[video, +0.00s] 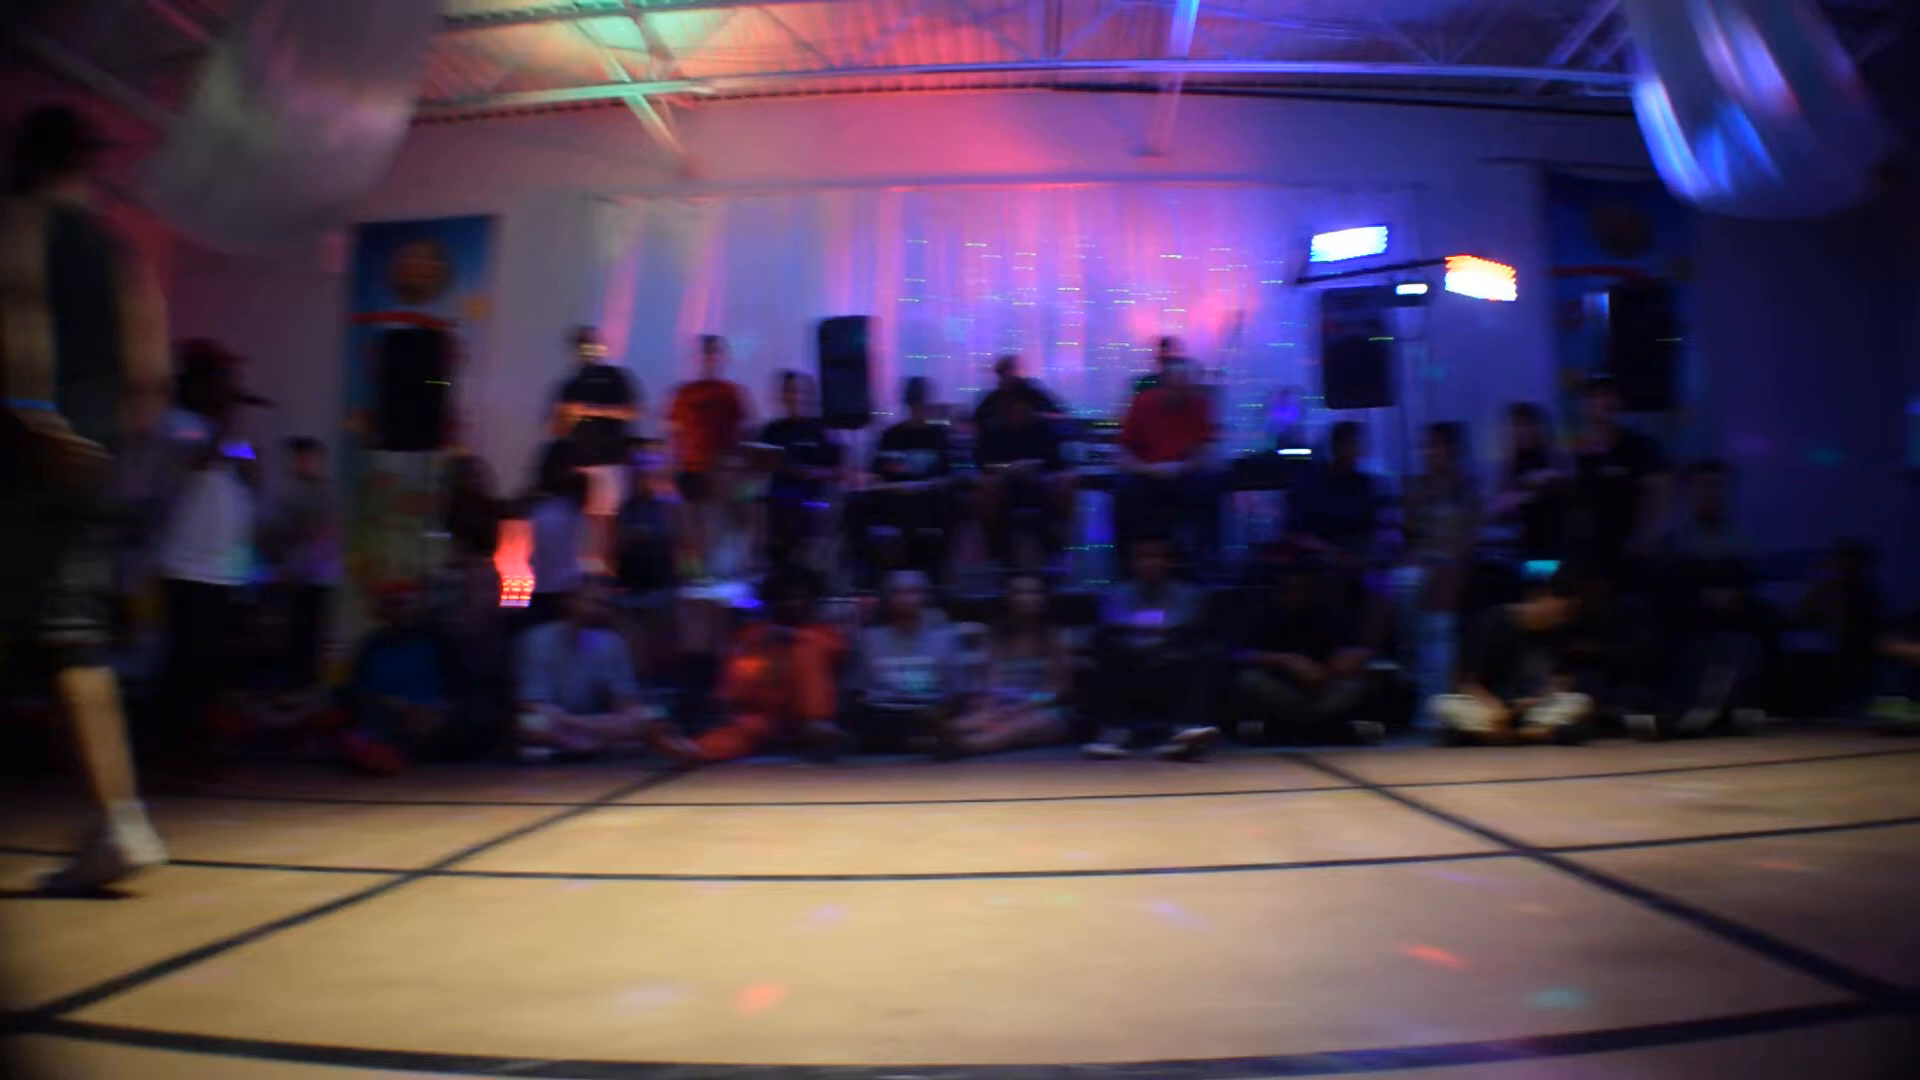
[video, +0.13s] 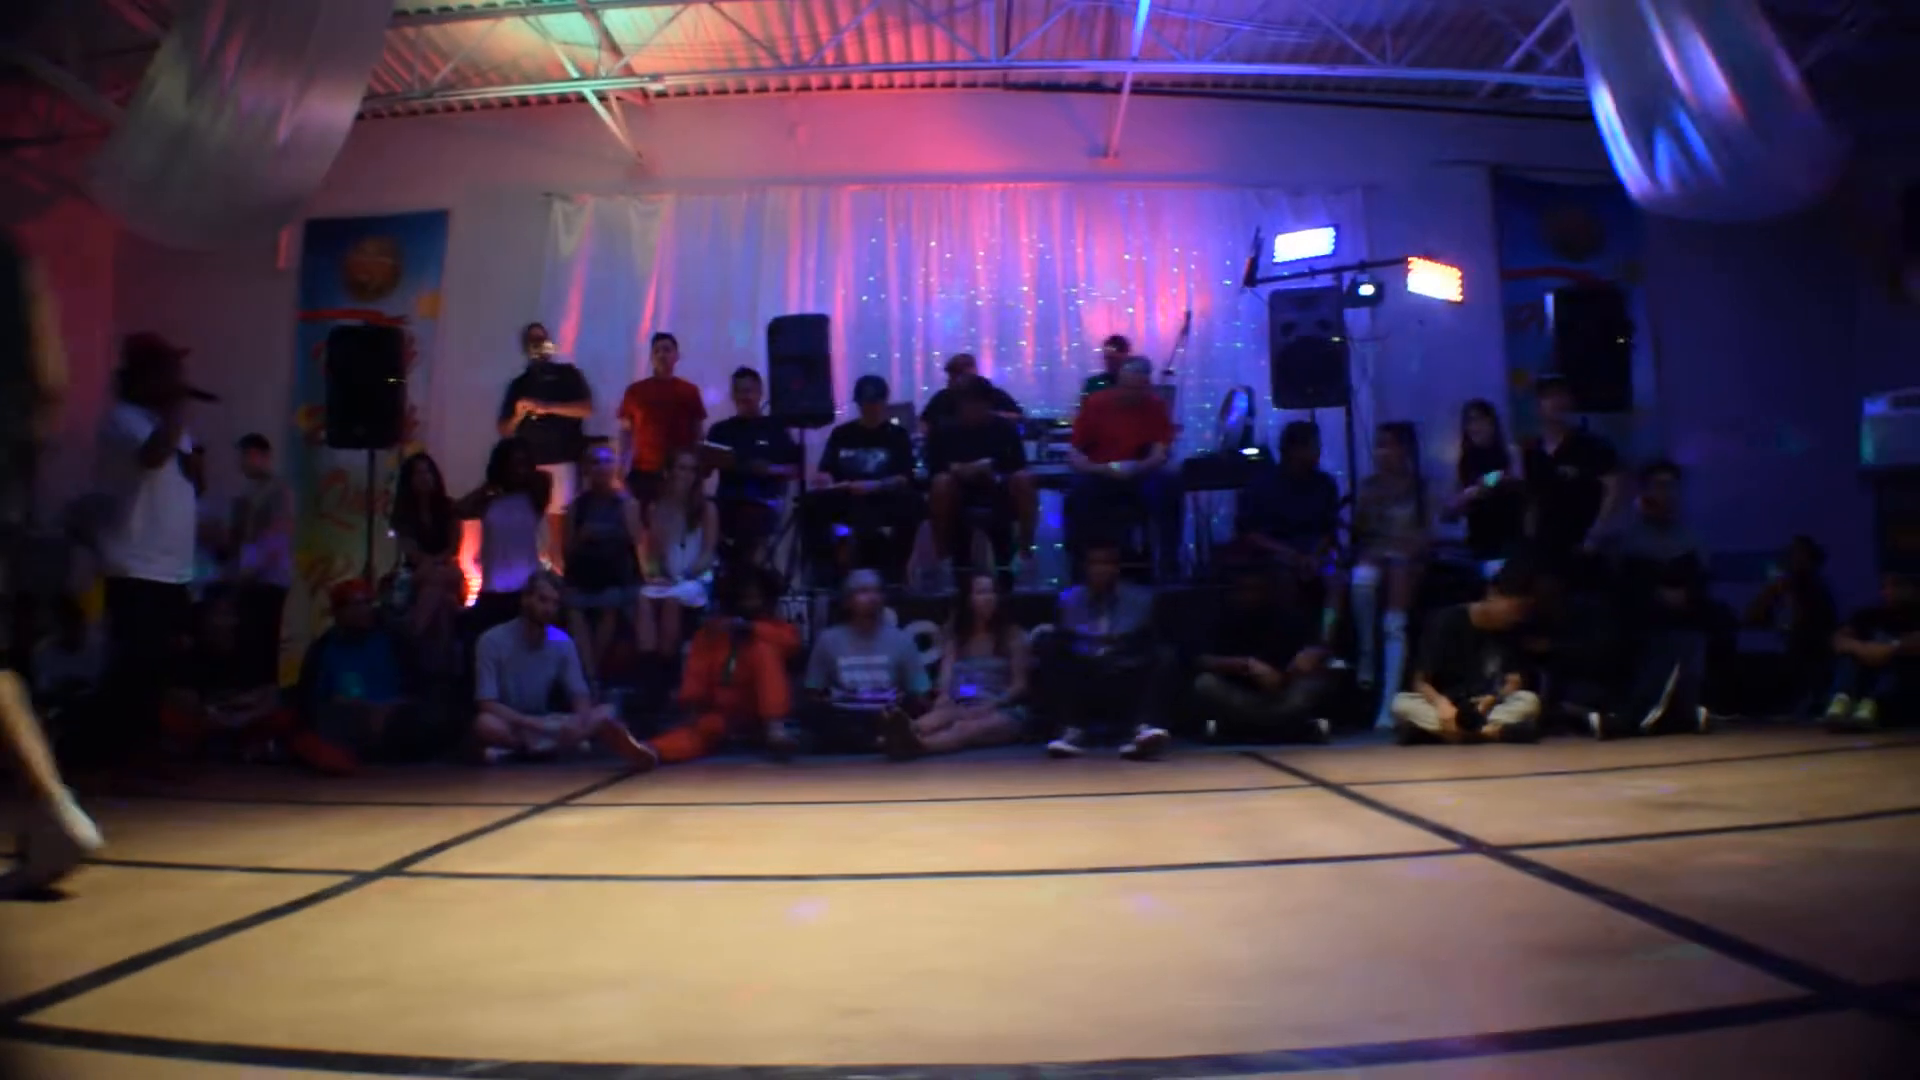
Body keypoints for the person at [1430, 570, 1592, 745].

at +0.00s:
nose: (1555, 616)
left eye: (1559, 612)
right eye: (1553, 609)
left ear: (1562, 612)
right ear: (1539, 600)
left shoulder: (1550, 632)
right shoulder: (1495, 622)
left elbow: (1561, 683)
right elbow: (1468, 682)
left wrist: (1531, 703)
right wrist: (1496, 709)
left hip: (1534, 702)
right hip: (1492, 703)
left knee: (1579, 703)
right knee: (1442, 704)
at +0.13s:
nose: (1514, 616)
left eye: (1518, 609)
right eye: (1511, 607)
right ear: (1493, 595)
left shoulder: (1504, 631)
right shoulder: (1447, 622)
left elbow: (1514, 682)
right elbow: (1420, 681)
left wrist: (1493, 699)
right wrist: (1442, 704)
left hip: (1486, 699)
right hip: (1447, 703)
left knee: (1529, 701)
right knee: (1401, 703)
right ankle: (1485, 732)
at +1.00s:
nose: (1506, 597)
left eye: (1506, 591)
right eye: (1500, 591)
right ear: (1481, 595)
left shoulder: (1513, 624)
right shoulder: (1443, 624)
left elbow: (1531, 677)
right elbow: (1434, 686)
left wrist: (1514, 705)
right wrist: (1460, 706)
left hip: (1502, 702)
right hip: (1460, 704)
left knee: (1550, 704)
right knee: (1421, 708)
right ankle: (1508, 736)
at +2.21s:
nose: (1509, 603)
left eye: (1509, 596)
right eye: (1504, 596)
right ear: (1480, 597)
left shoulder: (1514, 631)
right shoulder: (1442, 628)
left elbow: (1531, 683)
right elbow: (1424, 687)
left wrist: (1510, 707)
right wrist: (1457, 709)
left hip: (1502, 707)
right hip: (1458, 708)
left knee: (1546, 707)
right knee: (1419, 710)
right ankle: (1506, 739)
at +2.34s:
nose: (1502, 602)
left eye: (1501, 595)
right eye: (1496, 595)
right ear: (1472, 599)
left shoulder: (1510, 631)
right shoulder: (1436, 629)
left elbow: (1530, 684)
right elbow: (1422, 688)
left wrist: (1510, 707)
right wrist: (1458, 709)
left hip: (1500, 706)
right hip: (1456, 707)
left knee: (1546, 707)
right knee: (1418, 711)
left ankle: (1463, 743)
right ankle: (1507, 739)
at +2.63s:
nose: (1483, 601)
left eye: (1486, 593)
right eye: (1474, 593)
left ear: (1490, 595)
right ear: (1452, 597)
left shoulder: (1502, 629)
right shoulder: (1430, 630)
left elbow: (1528, 685)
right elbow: (1421, 689)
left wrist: (1508, 708)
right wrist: (1457, 707)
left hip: (1498, 705)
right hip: (1454, 708)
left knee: (1546, 707)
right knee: (1418, 711)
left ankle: (1461, 743)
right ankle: (1506, 739)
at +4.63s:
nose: (1500, 612)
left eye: (1505, 606)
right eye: (1495, 603)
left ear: (1511, 606)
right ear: (1473, 595)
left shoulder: (1511, 630)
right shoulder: (1438, 629)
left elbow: (1529, 686)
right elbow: (1423, 690)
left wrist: (1508, 707)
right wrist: (1456, 707)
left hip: (1499, 707)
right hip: (1457, 710)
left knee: (1546, 707)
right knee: (1418, 711)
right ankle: (1506, 740)